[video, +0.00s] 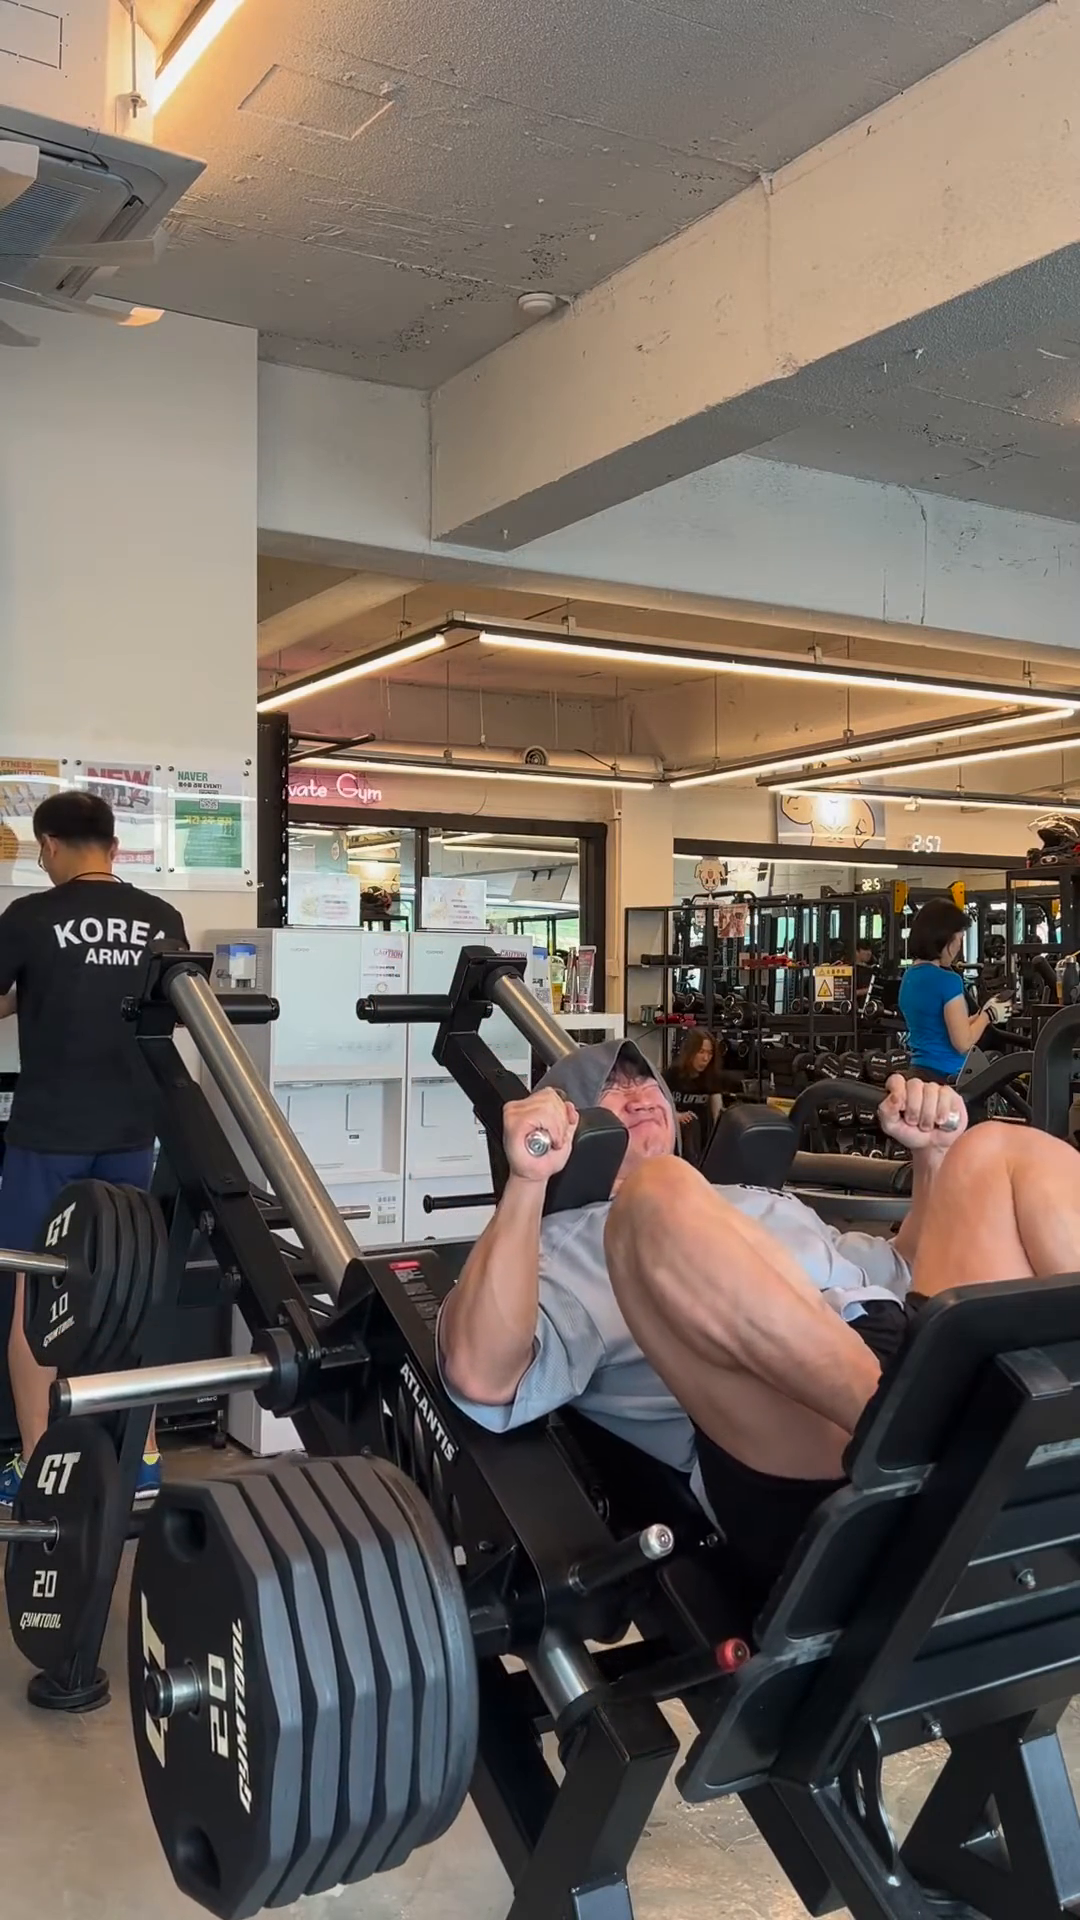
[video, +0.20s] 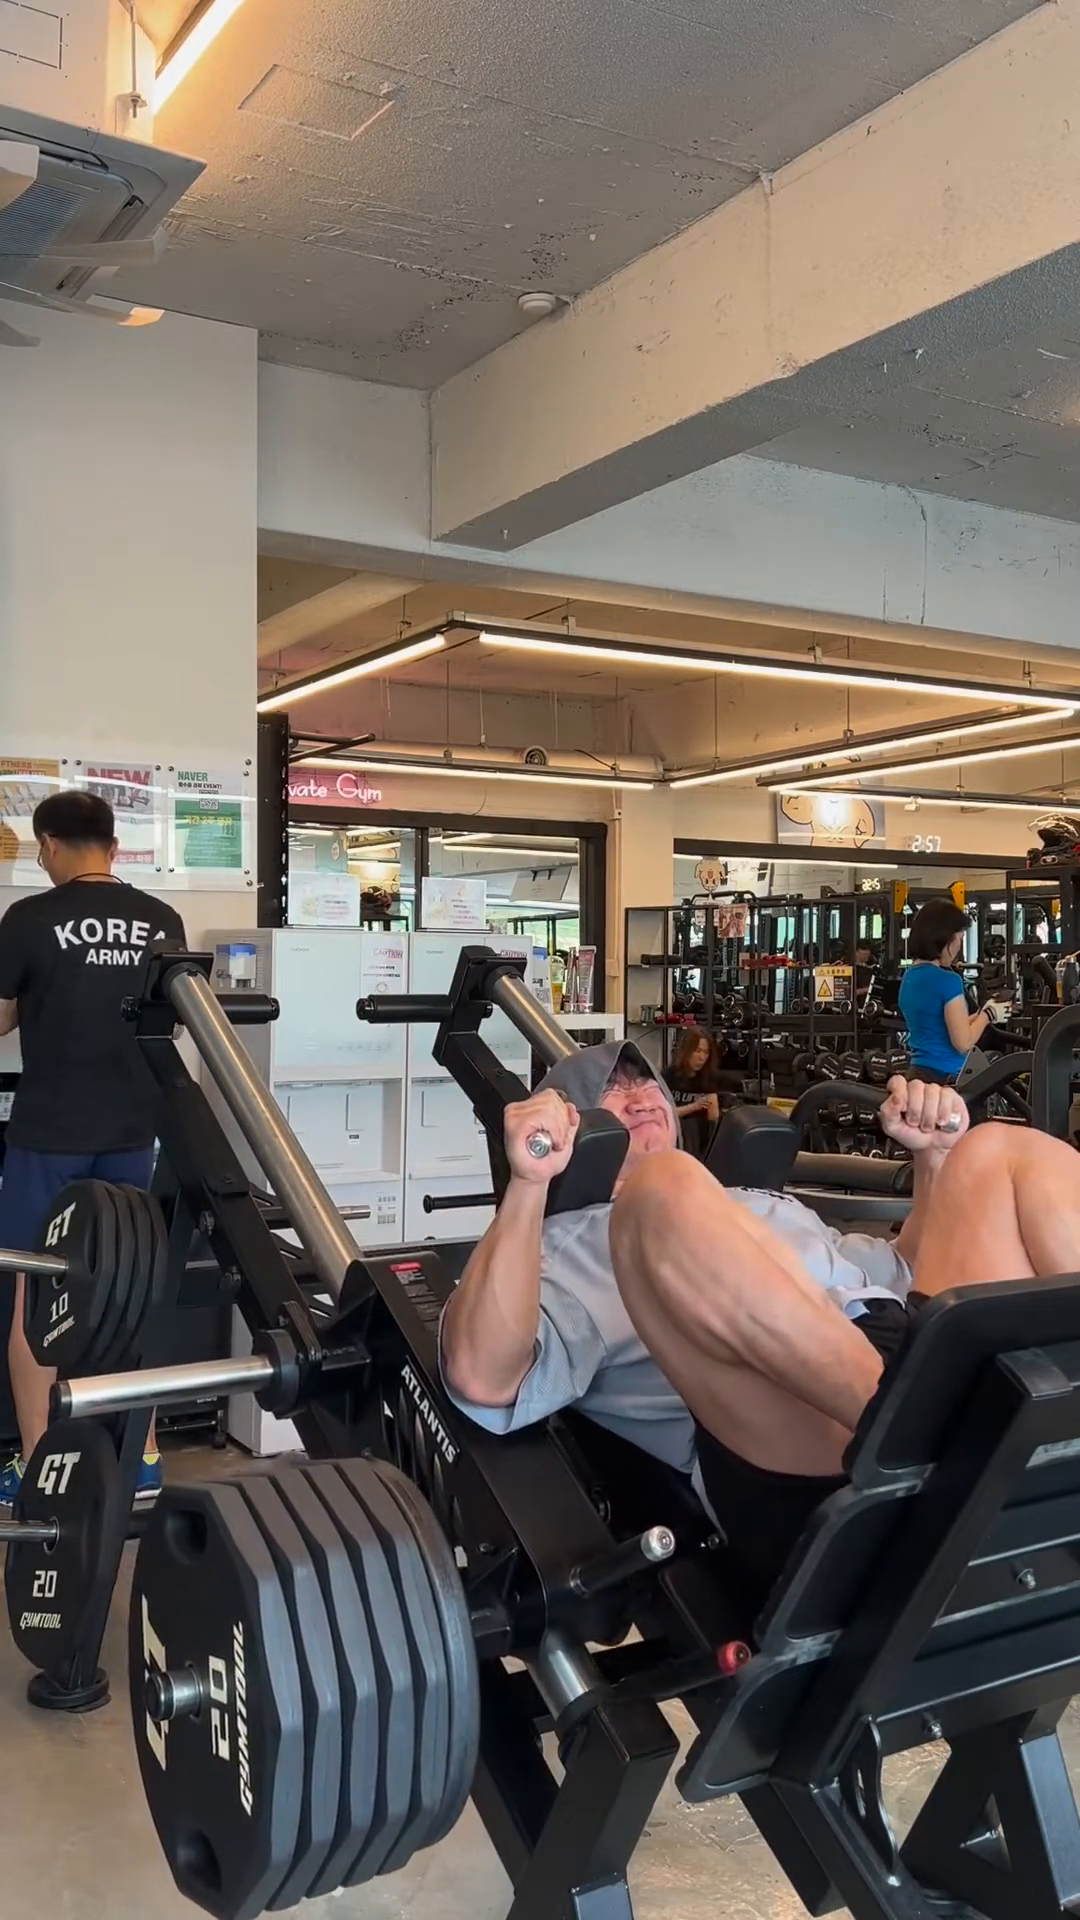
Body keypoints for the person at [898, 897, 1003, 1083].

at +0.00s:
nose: (960, 946)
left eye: (961, 939)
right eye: (959, 939)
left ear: (925, 936)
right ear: (946, 940)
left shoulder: (909, 978)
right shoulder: (948, 981)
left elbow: (933, 1035)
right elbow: (963, 1042)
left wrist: (978, 1016)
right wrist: (988, 1015)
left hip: (918, 1074)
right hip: (948, 1080)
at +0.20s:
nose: (960, 946)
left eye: (961, 939)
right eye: (959, 939)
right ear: (946, 940)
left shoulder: (910, 977)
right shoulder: (948, 981)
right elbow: (963, 1042)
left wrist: (979, 1015)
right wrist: (989, 1014)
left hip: (917, 1074)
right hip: (947, 1079)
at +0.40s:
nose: (960, 946)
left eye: (961, 938)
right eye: (959, 938)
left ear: (926, 936)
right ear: (944, 940)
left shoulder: (909, 978)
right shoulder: (949, 981)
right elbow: (963, 1042)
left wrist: (983, 1012)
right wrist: (989, 1013)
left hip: (918, 1072)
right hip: (949, 1078)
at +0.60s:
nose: (960, 945)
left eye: (961, 939)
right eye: (959, 938)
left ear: (925, 936)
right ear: (944, 940)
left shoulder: (909, 977)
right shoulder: (948, 981)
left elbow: (938, 1030)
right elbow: (963, 1042)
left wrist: (980, 1012)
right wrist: (988, 1014)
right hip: (948, 1080)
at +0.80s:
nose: (958, 947)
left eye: (959, 941)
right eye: (957, 940)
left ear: (923, 936)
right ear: (944, 942)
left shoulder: (908, 978)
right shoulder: (947, 981)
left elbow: (932, 1032)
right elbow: (963, 1042)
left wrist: (976, 1013)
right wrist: (986, 1012)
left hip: (916, 1073)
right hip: (947, 1079)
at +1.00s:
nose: (957, 948)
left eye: (958, 941)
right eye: (956, 940)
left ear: (923, 936)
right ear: (943, 941)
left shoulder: (907, 978)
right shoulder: (947, 981)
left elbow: (931, 1033)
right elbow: (962, 1042)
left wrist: (977, 1013)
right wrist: (986, 1013)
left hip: (915, 1078)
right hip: (946, 1084)